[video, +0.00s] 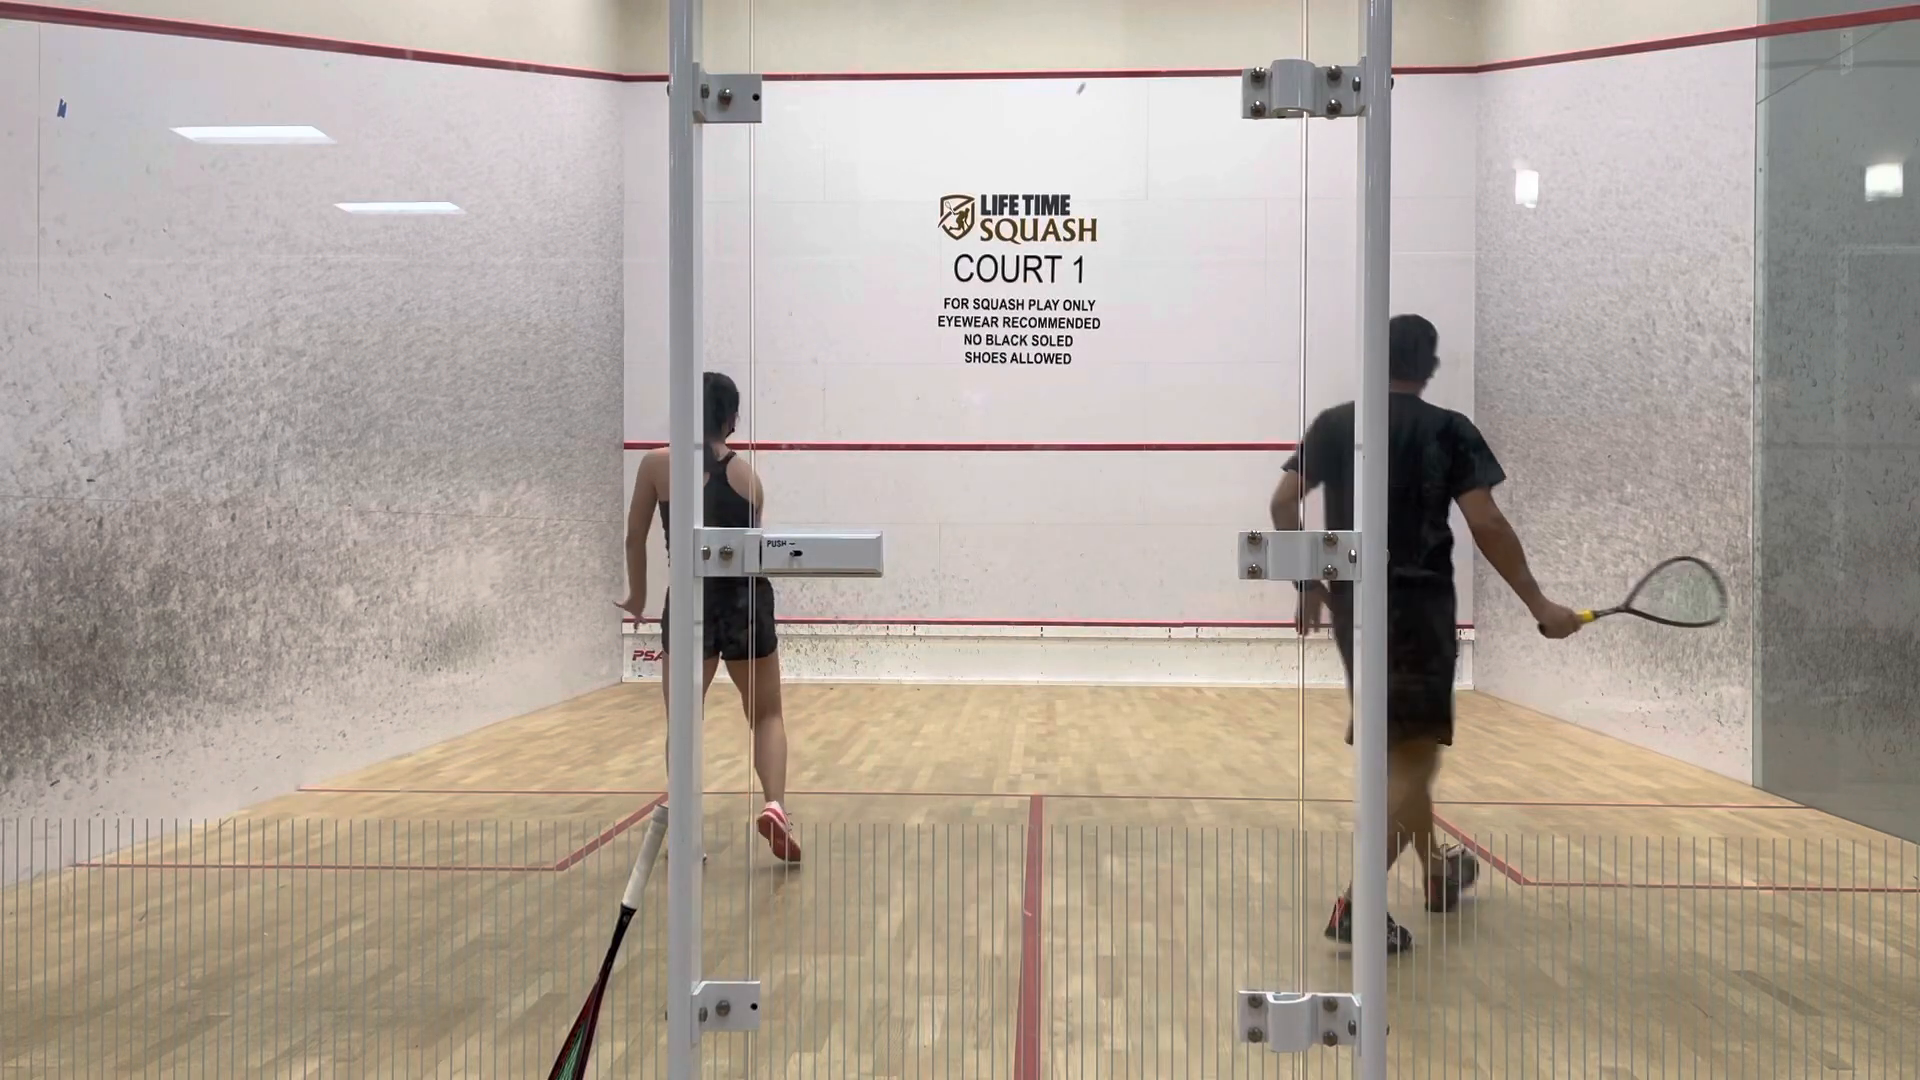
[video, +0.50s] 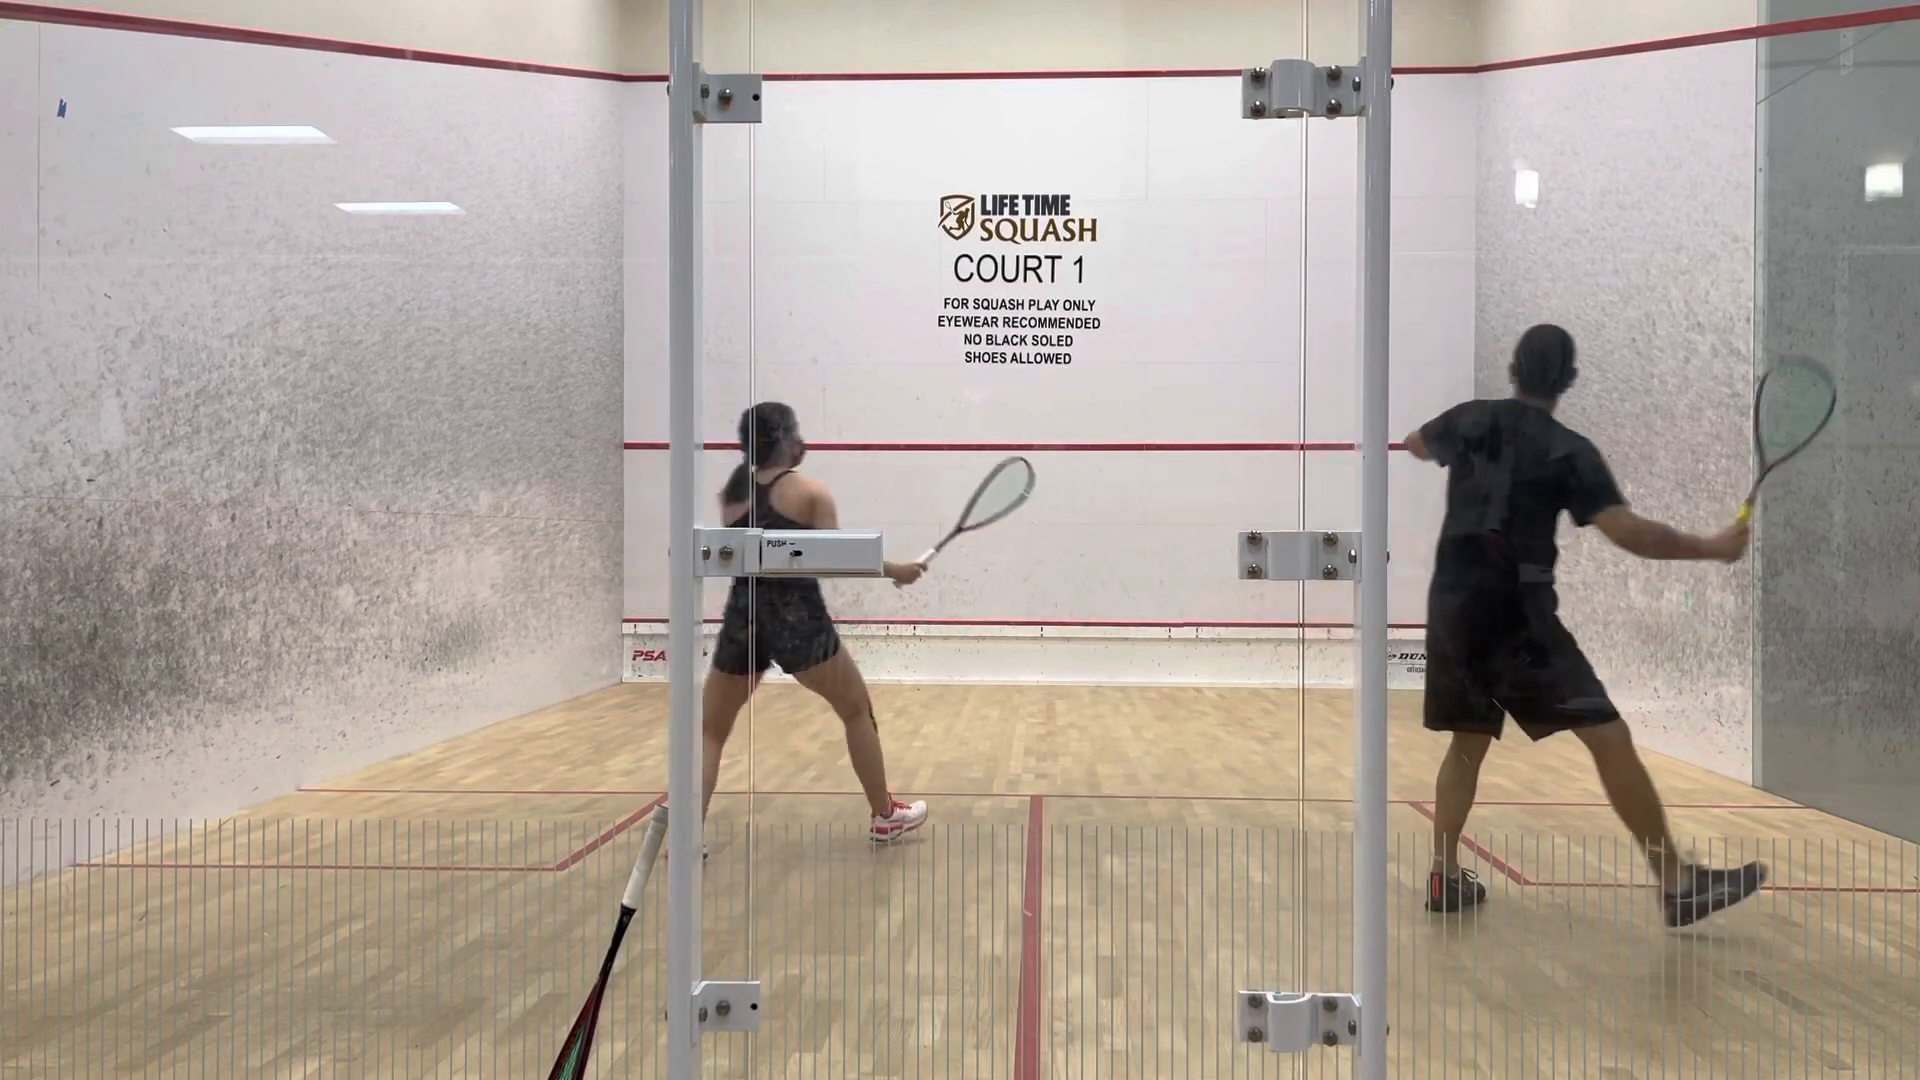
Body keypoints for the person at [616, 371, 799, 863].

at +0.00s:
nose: (735, 421)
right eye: (735, 414)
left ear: (685, 412)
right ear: (732, 418)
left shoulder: (656, 465)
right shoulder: (746, 475)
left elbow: (635, 538)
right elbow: (755, 543)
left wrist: (637, 595)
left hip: (687, 605)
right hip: (747, 606)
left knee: (680, 720)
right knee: (766, 714)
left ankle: (681, 823)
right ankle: (774, 805)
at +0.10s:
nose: (738, 417)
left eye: (733, 410)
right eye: (736, 411)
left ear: (684, 413)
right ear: (730, 418)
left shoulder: (656, 470)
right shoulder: (749, 473)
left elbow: (647, 544)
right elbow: (782, 541)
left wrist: (661, 591)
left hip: (693, 604)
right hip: (751, 604)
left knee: (690, 721)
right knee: (775, 708)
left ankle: (679, 825)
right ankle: (786, 809)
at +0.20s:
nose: (739, 416)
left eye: (736, 409)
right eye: (738, 410)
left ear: (687, 413)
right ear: (733, 415)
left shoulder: (662, 470)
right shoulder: (758, 472)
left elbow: (667, 544)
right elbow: (805, 536)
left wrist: (707, 567)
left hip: (701, 601)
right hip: (760, 599)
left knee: (695, 722)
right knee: (789, 707)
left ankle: (683, 828)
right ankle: (808, 816)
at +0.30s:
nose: (751, 424)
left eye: (746, 417)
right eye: (750, 418)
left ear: (699, 422)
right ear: (744, 423)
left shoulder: (676, 477)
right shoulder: (770, 474)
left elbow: (688, 532)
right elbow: (811, 529)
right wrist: (853, 543)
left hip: (709, 605)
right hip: (770, 602)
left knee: (699, 721)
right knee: (807, 708)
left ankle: (684, 817)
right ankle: (837, 814)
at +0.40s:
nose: (772, 430)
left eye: (768, 422)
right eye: (767, 423)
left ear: (718, 437)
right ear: (758, 432)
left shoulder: (701, 484)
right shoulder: (784, 483)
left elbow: (689, 548)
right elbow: (823, 548)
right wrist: (875, 557)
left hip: (722, 614)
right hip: (782, 613)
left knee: (698, 722)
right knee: (829, 710)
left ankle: (684, 821)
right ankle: (864, 811)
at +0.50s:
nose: (802, 442)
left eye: (798, 435)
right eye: (797, 436)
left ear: (750, 444)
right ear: (788, 443)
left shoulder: (732, 492)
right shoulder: (810, 492)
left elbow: (730, 553)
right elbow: (834, 559)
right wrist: (892, 569)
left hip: (742, 624)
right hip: (799, 626)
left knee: (711, 731)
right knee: (856, 711)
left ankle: (688, 833)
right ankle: (884, 813)